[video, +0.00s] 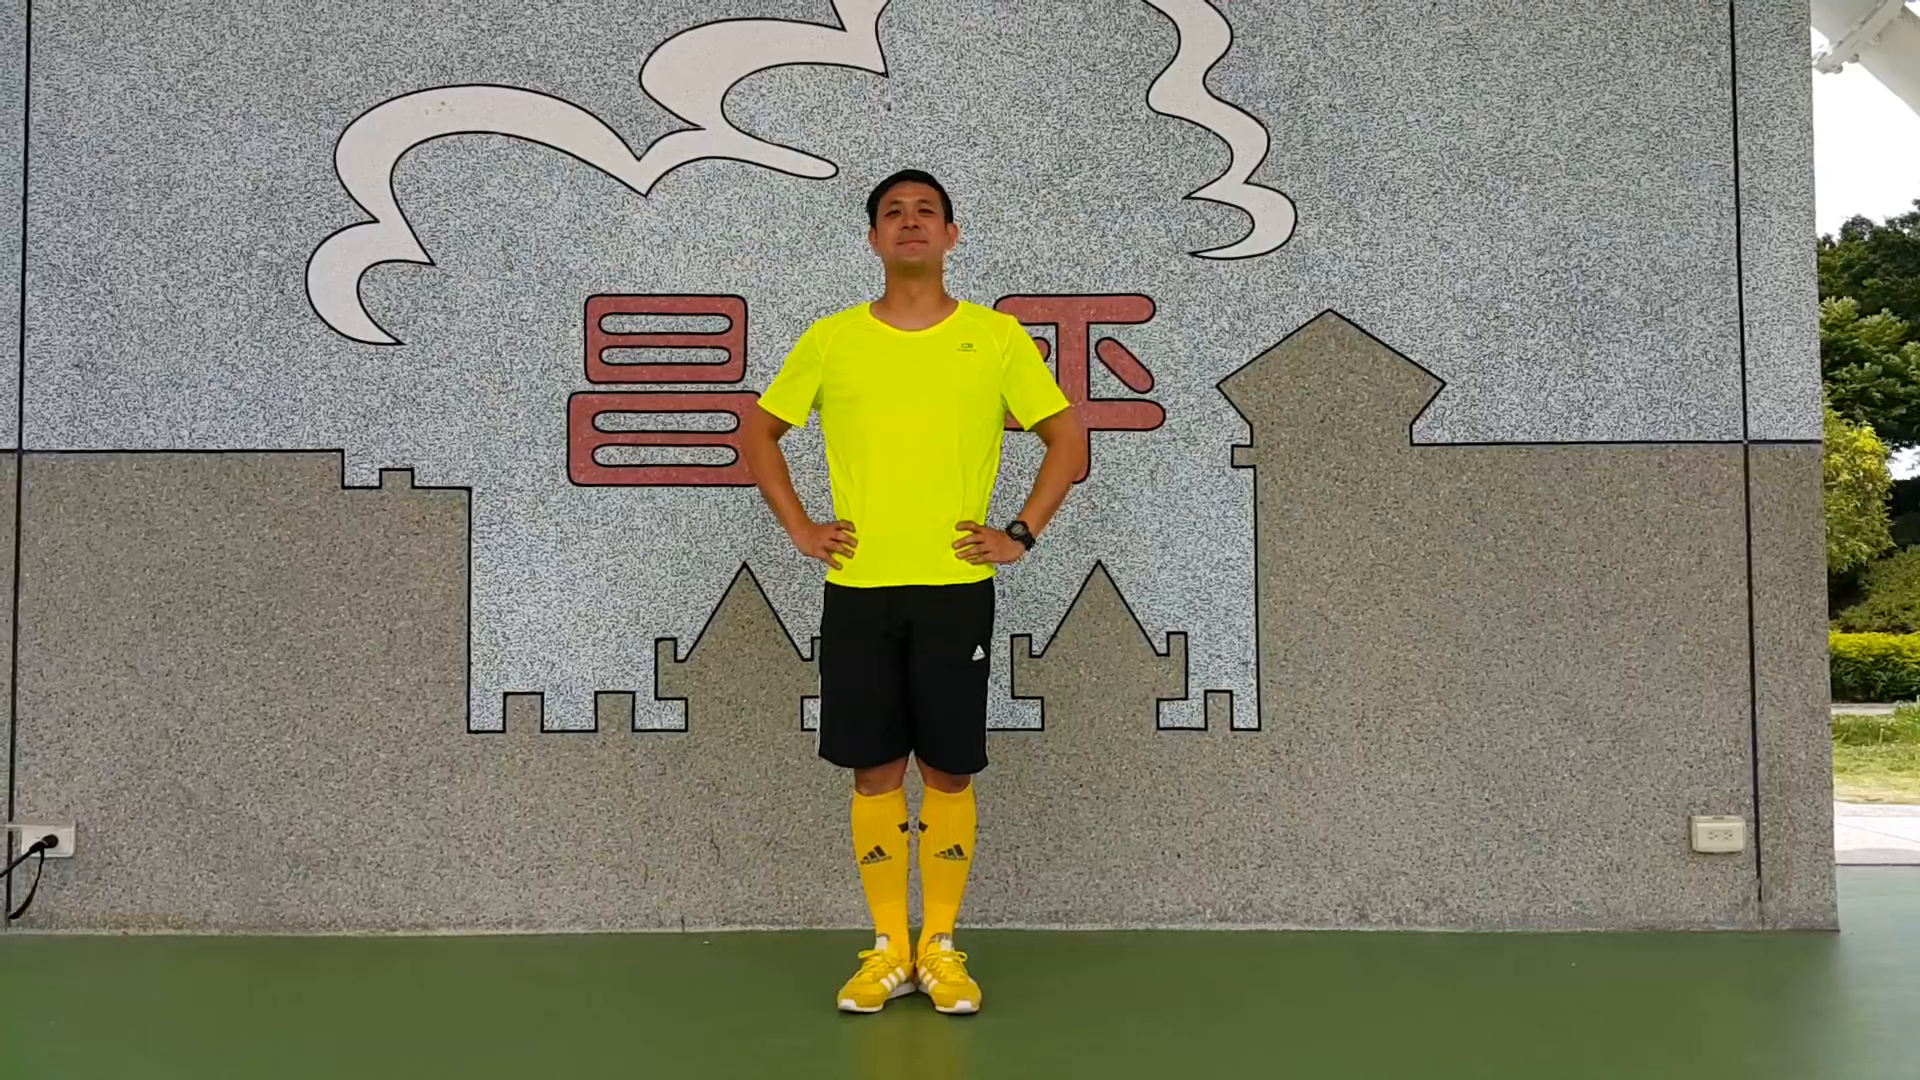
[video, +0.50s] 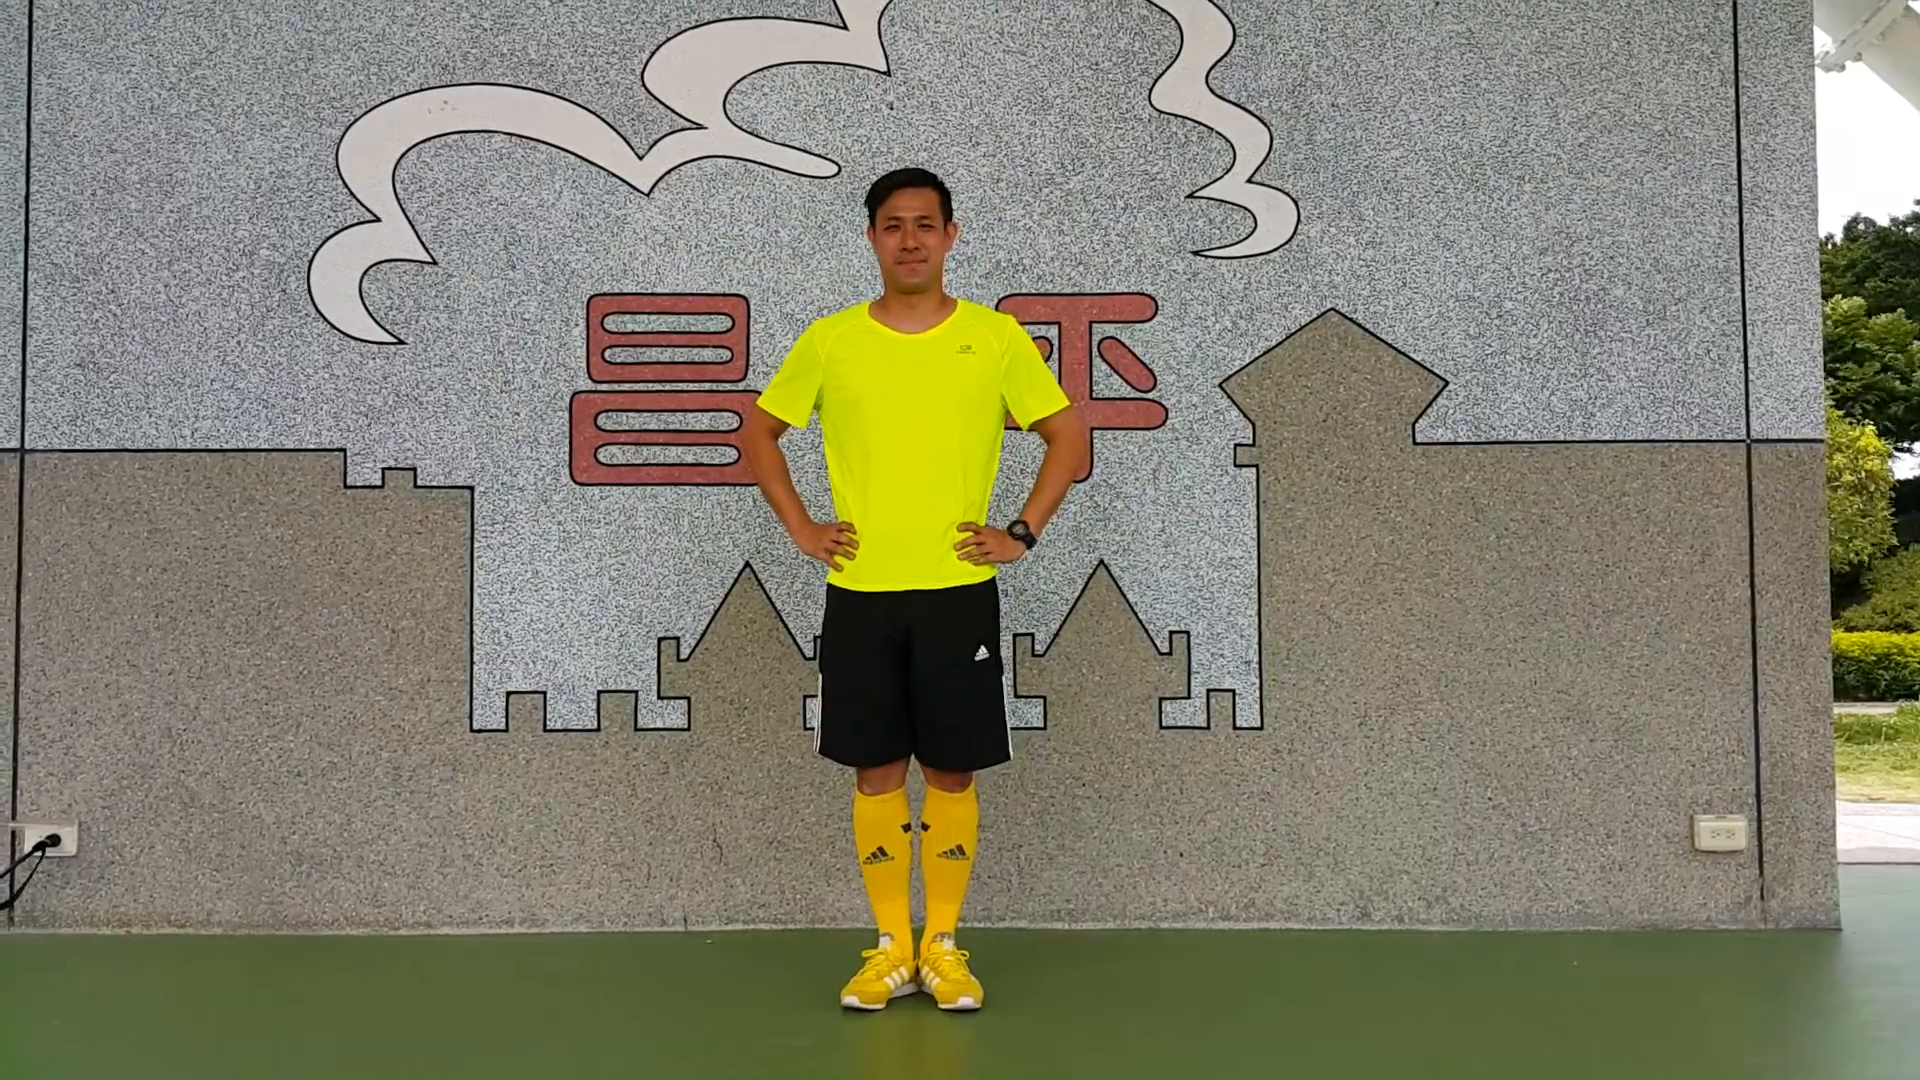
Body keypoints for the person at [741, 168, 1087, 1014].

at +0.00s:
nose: (911, 223)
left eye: (926, 213)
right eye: (895, 214)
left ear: (951, 237)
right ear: (873, 240)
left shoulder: (996, 336)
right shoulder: (832, 337)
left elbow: (1069, 441)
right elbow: (756, 430)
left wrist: (1021, 532)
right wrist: (799, 525)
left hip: (955, 585)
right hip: (859, 584)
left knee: (948, 768)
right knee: (875, 767)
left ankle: (938, 947)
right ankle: (890, 949)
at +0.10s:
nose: (910, 219)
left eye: (925, 208)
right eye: (894, 209)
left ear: (951, 233)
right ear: (872, 235)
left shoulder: (995, 330)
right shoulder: (832, 333)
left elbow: (1069, 435)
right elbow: (755, 430)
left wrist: (1022, 529)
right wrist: (799, 521)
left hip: (956, 580)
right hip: (860, 579)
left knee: (948, 763)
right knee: (874, 762)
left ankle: (940, 943)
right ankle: (890, 945)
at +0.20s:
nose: (909, 222)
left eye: (924, 211)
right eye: (893, 212)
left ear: (951, 231)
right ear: (872, 235)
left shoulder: (996, 330)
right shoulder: (832, 332)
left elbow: (1070, 435)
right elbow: (755, 429)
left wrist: (1022, 528)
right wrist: (798, 520)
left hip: (956, 582)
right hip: (860, 581)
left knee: (948, 763)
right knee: (875, 763)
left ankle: (940, 944)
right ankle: (890, 946)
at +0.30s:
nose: (908, 237)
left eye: (924, 223)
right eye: (893, 224)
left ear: (950, 237)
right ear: (872, 240)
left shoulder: (995, 337)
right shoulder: (832, 338)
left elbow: (1070, 436)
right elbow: (757, 434)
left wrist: (1022, 532)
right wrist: (800, 526)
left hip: (957, 588)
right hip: (860, 588)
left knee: (949, 769)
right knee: (876, 768)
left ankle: (940, 947)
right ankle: (892, 949)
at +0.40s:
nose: (909, 240)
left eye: (925, 225)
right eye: (893, 226)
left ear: (949, 237)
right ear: (872, 240)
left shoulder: (996, 336)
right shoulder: (832, 339)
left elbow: (1069, 439)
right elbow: (757, 435)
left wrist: (1021, 532)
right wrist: (802, 527)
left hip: (958, 586)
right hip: (861, 585)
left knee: (949, 768)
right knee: (876, 767)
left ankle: (940, 946)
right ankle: (892, 949)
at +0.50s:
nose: (909, 240)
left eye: (925, 225)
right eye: (893, 226)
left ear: (949, 238)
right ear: (873, 240)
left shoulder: (995, 335)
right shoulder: (832, 338)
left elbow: (1070, 437)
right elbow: (757, 434)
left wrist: (1022, 531)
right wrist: (802, 527)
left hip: (957, 586)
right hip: (861, 587)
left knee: (950, 768)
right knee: (877, 767)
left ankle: (941, 946)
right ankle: (893, 948)